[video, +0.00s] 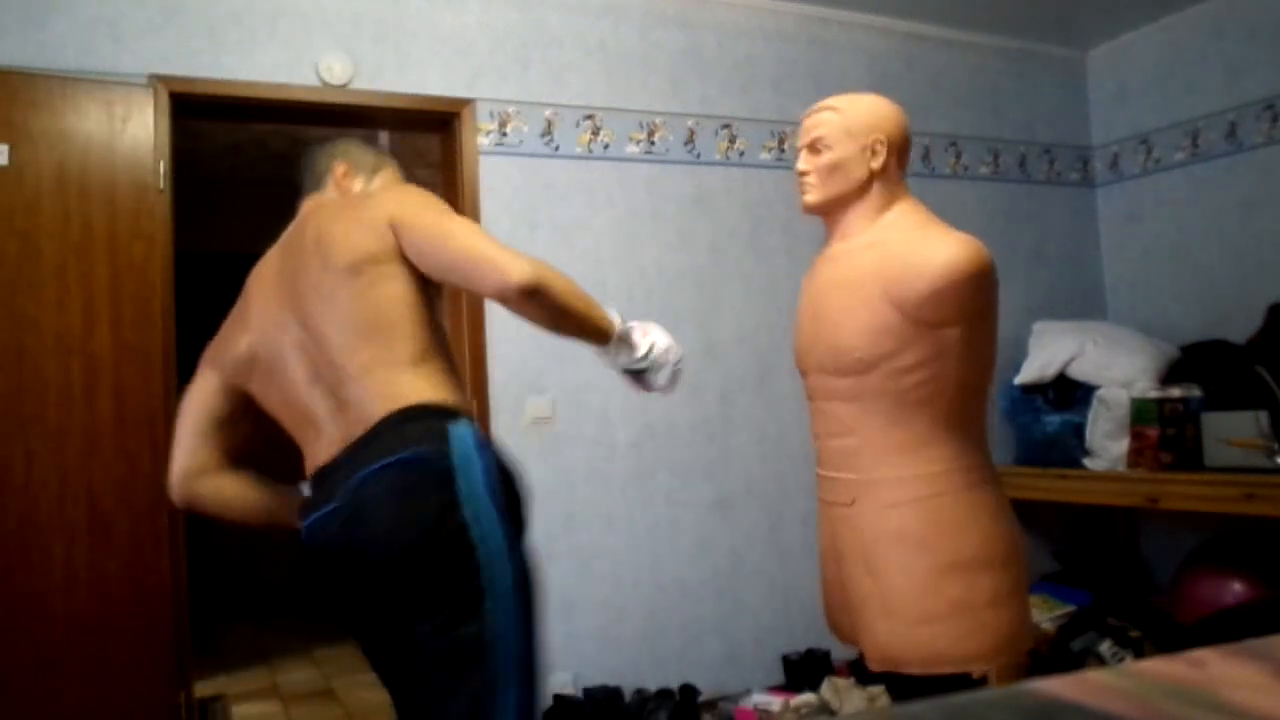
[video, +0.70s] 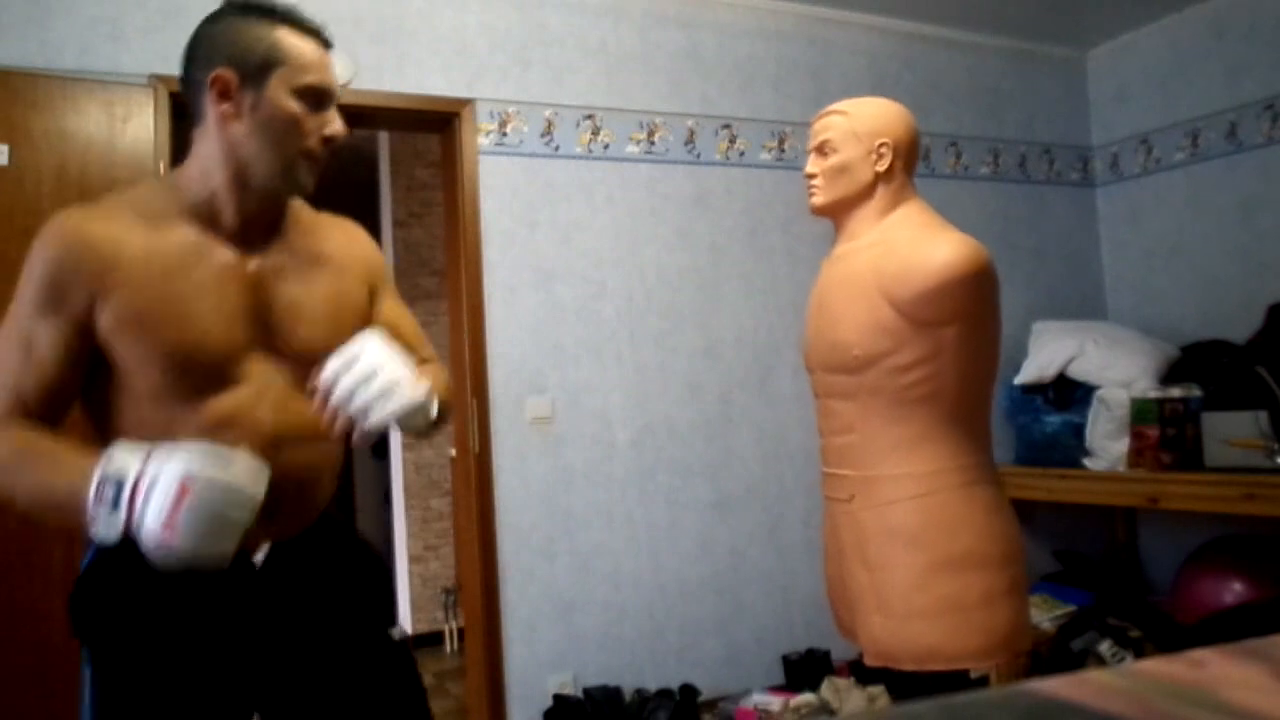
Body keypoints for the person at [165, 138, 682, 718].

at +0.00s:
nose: (395, 207)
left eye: (396, 196)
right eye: (391, 194)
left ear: (324, 184)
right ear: (345, 178)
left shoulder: (239, 321)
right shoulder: (378, 204)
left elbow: (191, 477)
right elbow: (518, 280)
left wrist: (314, 504)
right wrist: (619, 339)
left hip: (335, 517)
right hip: (429, 467)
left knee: (424, 703)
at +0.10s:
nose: (420, 186)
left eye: (421, 172)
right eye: (414, 169)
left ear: (354, 157)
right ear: (362, 153)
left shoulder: (263, 277)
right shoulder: (380, 200)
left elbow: (195, 440)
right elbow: (484, 322)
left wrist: (312, 472)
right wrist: (569, 359)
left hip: (311, 502)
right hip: (381, 490)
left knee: (442, 696)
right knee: (408, 702)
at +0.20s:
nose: (431, 186)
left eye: (432, 167)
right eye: (421, 160)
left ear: (359, 146)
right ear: (362, 144)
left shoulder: (288, 225)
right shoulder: (343, 218)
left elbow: (241, 420)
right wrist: (490, 415)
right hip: (333, 525)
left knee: (449, 710)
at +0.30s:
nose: (425, 193)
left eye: (425, 172)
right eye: (411, 165)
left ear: (347, 159)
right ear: (344, 155)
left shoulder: (309, 269)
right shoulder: (266, 264)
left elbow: (325, 432)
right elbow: (244, 467)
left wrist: (421, 450)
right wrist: (403, 509)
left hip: (323, 576)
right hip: (261, 584)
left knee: (461, 708)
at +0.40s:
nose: (406, 168)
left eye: (406, 146)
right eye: (391, 141)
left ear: (322, 134)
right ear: (318, 132)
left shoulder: (341, 270)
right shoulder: (206, 242)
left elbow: (356, 400)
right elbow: (97, 431)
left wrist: (439, 411)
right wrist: (280, 516)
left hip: (332, 584)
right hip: (224, 589)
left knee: (445, 712)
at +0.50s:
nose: (388, 109)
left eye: (387, 87)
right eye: (369, 81)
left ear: (296, 72)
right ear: (293, 71)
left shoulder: (350, 218)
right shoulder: (162, 183)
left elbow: (352, 368)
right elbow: (28, 344)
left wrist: (411, 358)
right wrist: (186, 435)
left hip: (334, 524)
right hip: (202, 532)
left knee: (394, 714)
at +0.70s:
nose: (336, 128)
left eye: (334, 105)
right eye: (312, 100)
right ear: (226, 96)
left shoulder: (346, 249)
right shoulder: (87, 248)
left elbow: (432, 383)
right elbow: (12, 435)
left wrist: (409, 384)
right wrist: (123, 486)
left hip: (317, 599)